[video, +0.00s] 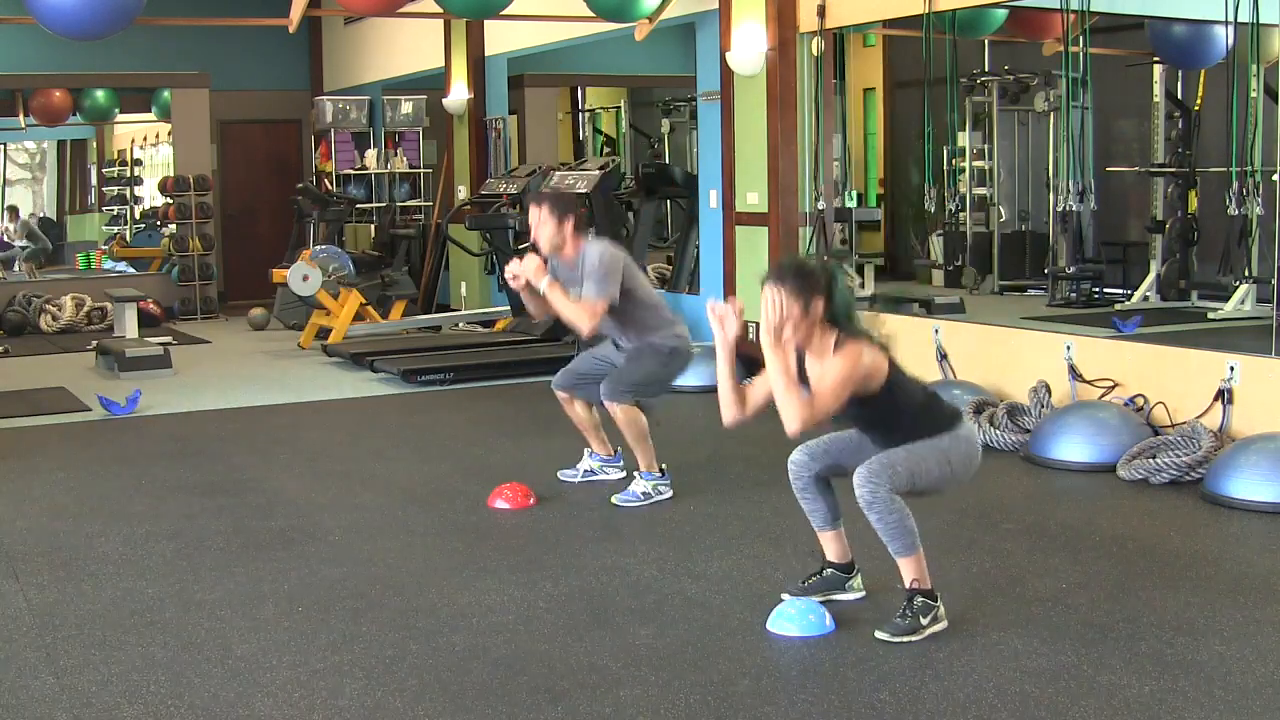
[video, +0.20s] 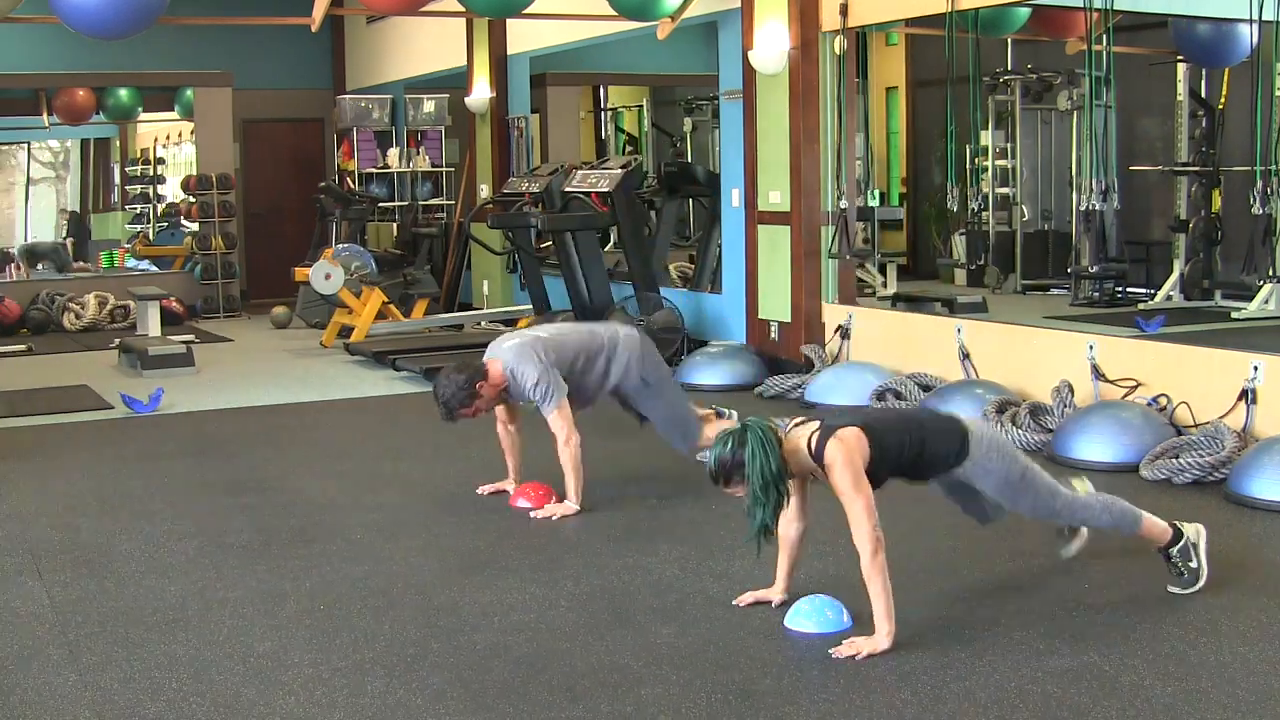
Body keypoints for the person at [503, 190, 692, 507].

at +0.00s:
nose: (532, 234)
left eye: (539, 223)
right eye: (532, 224)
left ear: (567, 223)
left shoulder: (603, 254)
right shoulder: (558, 263)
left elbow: (587, 322)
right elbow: (543, 314)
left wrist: (544, 281)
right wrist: (523, 290)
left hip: (664, 344)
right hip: (623, 344)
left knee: (615, 393)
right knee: (565, 386)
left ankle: (653, 476)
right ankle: (605, 458)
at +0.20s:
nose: (479, 417)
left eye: (474, 412)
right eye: (472, 416)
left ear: (481, 393)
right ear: (474, 383)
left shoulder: (531, 369)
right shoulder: (492, 364)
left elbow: (568, 437)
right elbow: (507, 423)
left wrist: (573, 501)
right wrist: (513, 480)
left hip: (629, 350)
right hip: (605, 354)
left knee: (694, 436)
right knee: (659, 412)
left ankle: (758, 435)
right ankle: (716, 418)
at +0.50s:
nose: (491, 418)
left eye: (485, 414)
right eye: (484, 418)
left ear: (485, 388)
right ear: (482, 387)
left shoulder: (529, 365)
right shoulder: (496, 371)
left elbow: (566, 435)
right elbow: (507, 423)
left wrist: (573, 502)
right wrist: (513, 481)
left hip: (632, 341)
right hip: (601, 369)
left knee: (697, 405)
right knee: (619, 433)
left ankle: (783, 426)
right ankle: (677, 413)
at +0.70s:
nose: (490, 421)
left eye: (484, 415)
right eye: (483, 420)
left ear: (482, 392)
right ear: (477, 389)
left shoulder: (530, 368)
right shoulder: (494, 371)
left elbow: (566, 439)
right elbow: (507, 423)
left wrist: (573, 501)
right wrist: (512, 480)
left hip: (631, 355)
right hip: (591, 371)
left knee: (692, 420)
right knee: (572, 437)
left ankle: (764, 428)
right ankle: (627, 418)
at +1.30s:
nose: (489, 426)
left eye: (484, 420)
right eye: (482, 425)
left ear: (488, 396)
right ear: (481, 395)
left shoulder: (531, 372)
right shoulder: (492, 374)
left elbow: (567, 438)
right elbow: (505, 425)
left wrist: (573, 502)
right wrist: (513, 480)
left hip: (630, 339)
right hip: (595, 368)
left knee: (690, 404)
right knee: (608, 437)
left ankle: (771, 421)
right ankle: (667, 407)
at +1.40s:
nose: (486, 425)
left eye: (481, 420)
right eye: (480, 424)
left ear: (486, 396)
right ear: (481, 394)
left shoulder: (530, 373)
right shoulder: (492, 372)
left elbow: (567, 439)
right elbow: (506, 425)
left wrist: (573, 502)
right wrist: (513, 479)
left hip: (633, 341)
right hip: (606, 366)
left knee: (700, 403)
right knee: (632, 426)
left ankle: (781, 424)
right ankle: (695, 404)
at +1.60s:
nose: (487, 419)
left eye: (483, 414)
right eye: (481, 417)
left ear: (491, 393)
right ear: (483, 388)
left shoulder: (539, 369)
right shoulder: (501, 373)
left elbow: (576, 440)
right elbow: (512, 423)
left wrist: (574, 502)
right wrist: (514, 479)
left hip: (643, 386)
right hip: (617, 402)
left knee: (712, 452)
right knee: (669, 451)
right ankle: (727, 429)